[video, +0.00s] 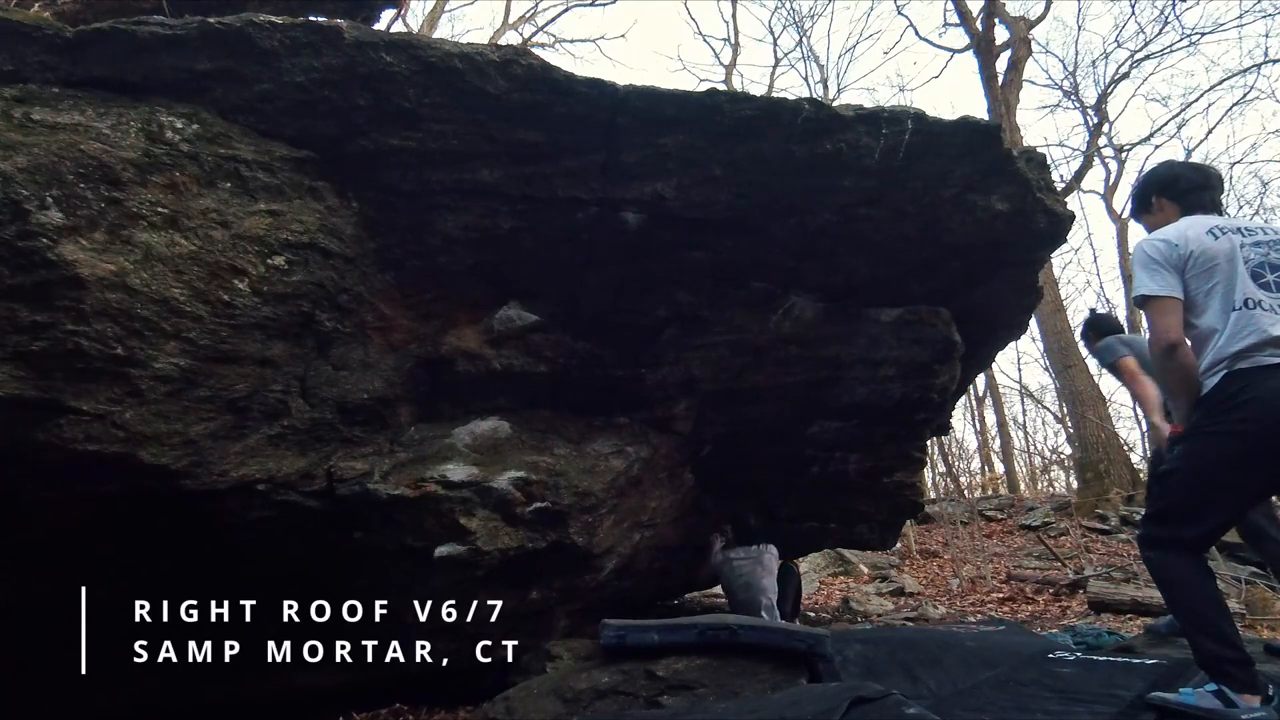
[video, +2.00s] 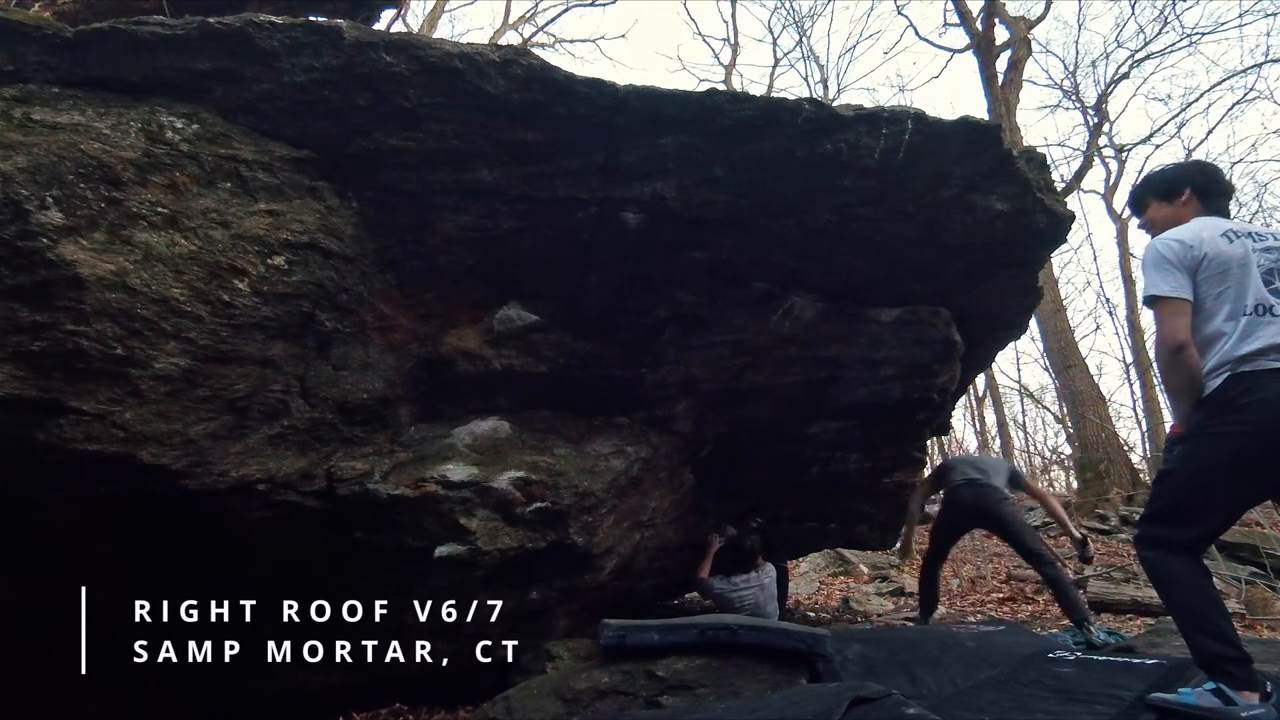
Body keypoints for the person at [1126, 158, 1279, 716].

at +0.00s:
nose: (1146, 225)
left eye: (1146, 215)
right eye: (1144, 217)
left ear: (1164, 205)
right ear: (1211, 202)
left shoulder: (1162, 242)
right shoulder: (1263, 231)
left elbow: (1169, 343)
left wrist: (1185, 416)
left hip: (1251, 389)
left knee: (1166, 536)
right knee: (1247, 502)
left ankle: (1236, 685)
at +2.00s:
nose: (1143, 226)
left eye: (1147, 214)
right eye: (1140, 218)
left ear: (1184, 197)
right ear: (1200, 202)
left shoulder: (1173, 243)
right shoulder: (1266, 236)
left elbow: (1177, 344)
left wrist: (1184, 418)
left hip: (1250, 399)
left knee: (1164, 539)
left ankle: (1235, 683)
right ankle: (1236, 680)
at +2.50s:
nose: (1146, 224)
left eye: (1150, 210)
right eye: (1141, 218)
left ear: (1192, 192)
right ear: (1200, 197)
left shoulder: (1195, 233)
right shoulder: (1258, 236)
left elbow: (1205, 334)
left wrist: (1193, 410)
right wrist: (1199, 408)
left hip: (1258, 392)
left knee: (1163, 533)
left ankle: (1235, 683)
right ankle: (1237, 680)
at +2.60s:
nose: (1148, 225)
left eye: (1152, 210)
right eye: (1143, 218)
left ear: (1194, 192)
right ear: (1202, 197)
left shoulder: (1198, 231)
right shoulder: (1257, 235)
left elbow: (1210, 329)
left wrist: (1194, 408)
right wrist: (1200, 405)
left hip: (1260, 390)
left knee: (1165, 531)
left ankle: (1236, 683)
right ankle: (1238, 680)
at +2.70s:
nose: (1149, 227)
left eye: (1153, 212)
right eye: (1144, 220)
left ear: (1194, 191)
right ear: (1203, 197)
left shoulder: (1199, 230)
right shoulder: (1255, 234)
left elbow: (1213, 325)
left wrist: (1195, 409)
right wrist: (1199, 408)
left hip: (1260, 388)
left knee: (1166, 530)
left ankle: (1236, 684)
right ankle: (1239, 681)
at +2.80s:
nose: (1147, 226)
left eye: (1150, 212)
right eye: (1141, 221)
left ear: (1192, 192)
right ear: (1202, 198)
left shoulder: (1198, 229)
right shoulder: (1255, 234)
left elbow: (1214, 321)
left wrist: (1195, 405)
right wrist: (1202, 405)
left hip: (1263, 387)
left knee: (1166, 529)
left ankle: (1236, 684)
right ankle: (1239, 681)